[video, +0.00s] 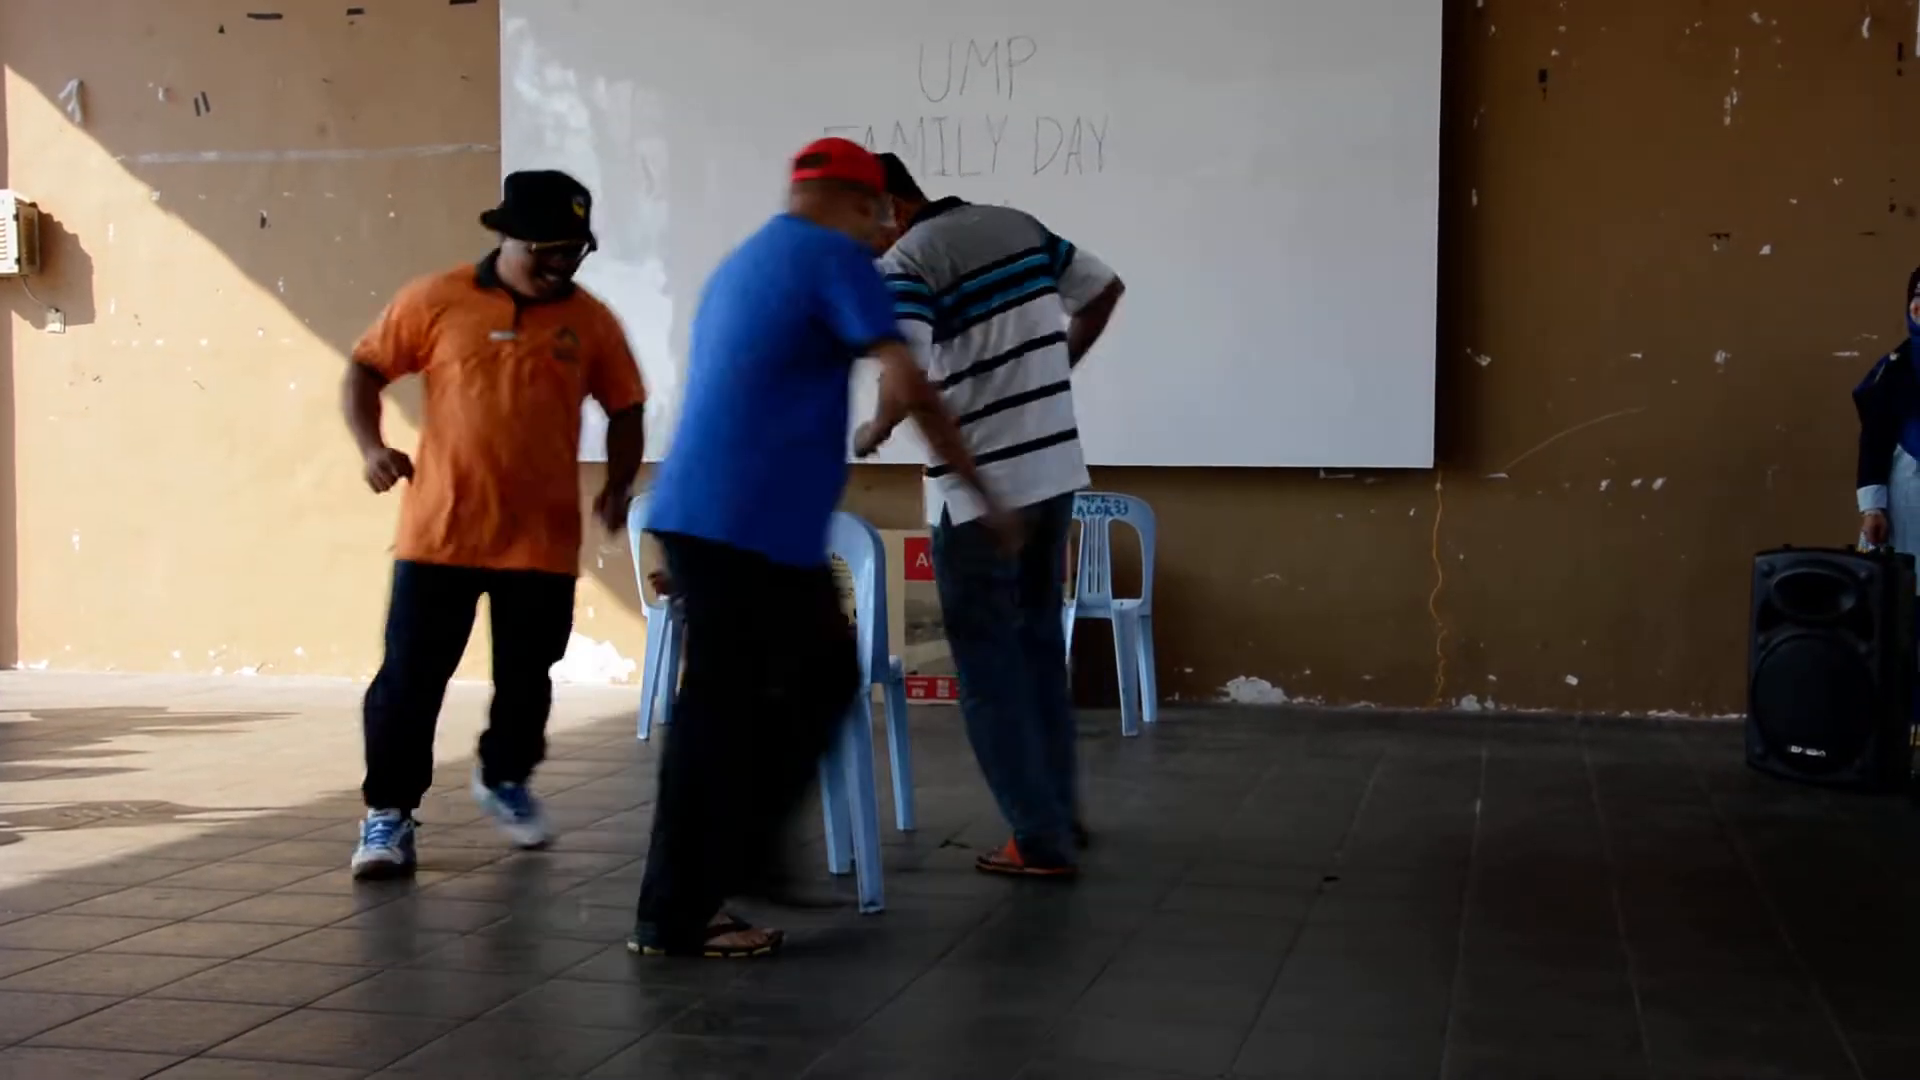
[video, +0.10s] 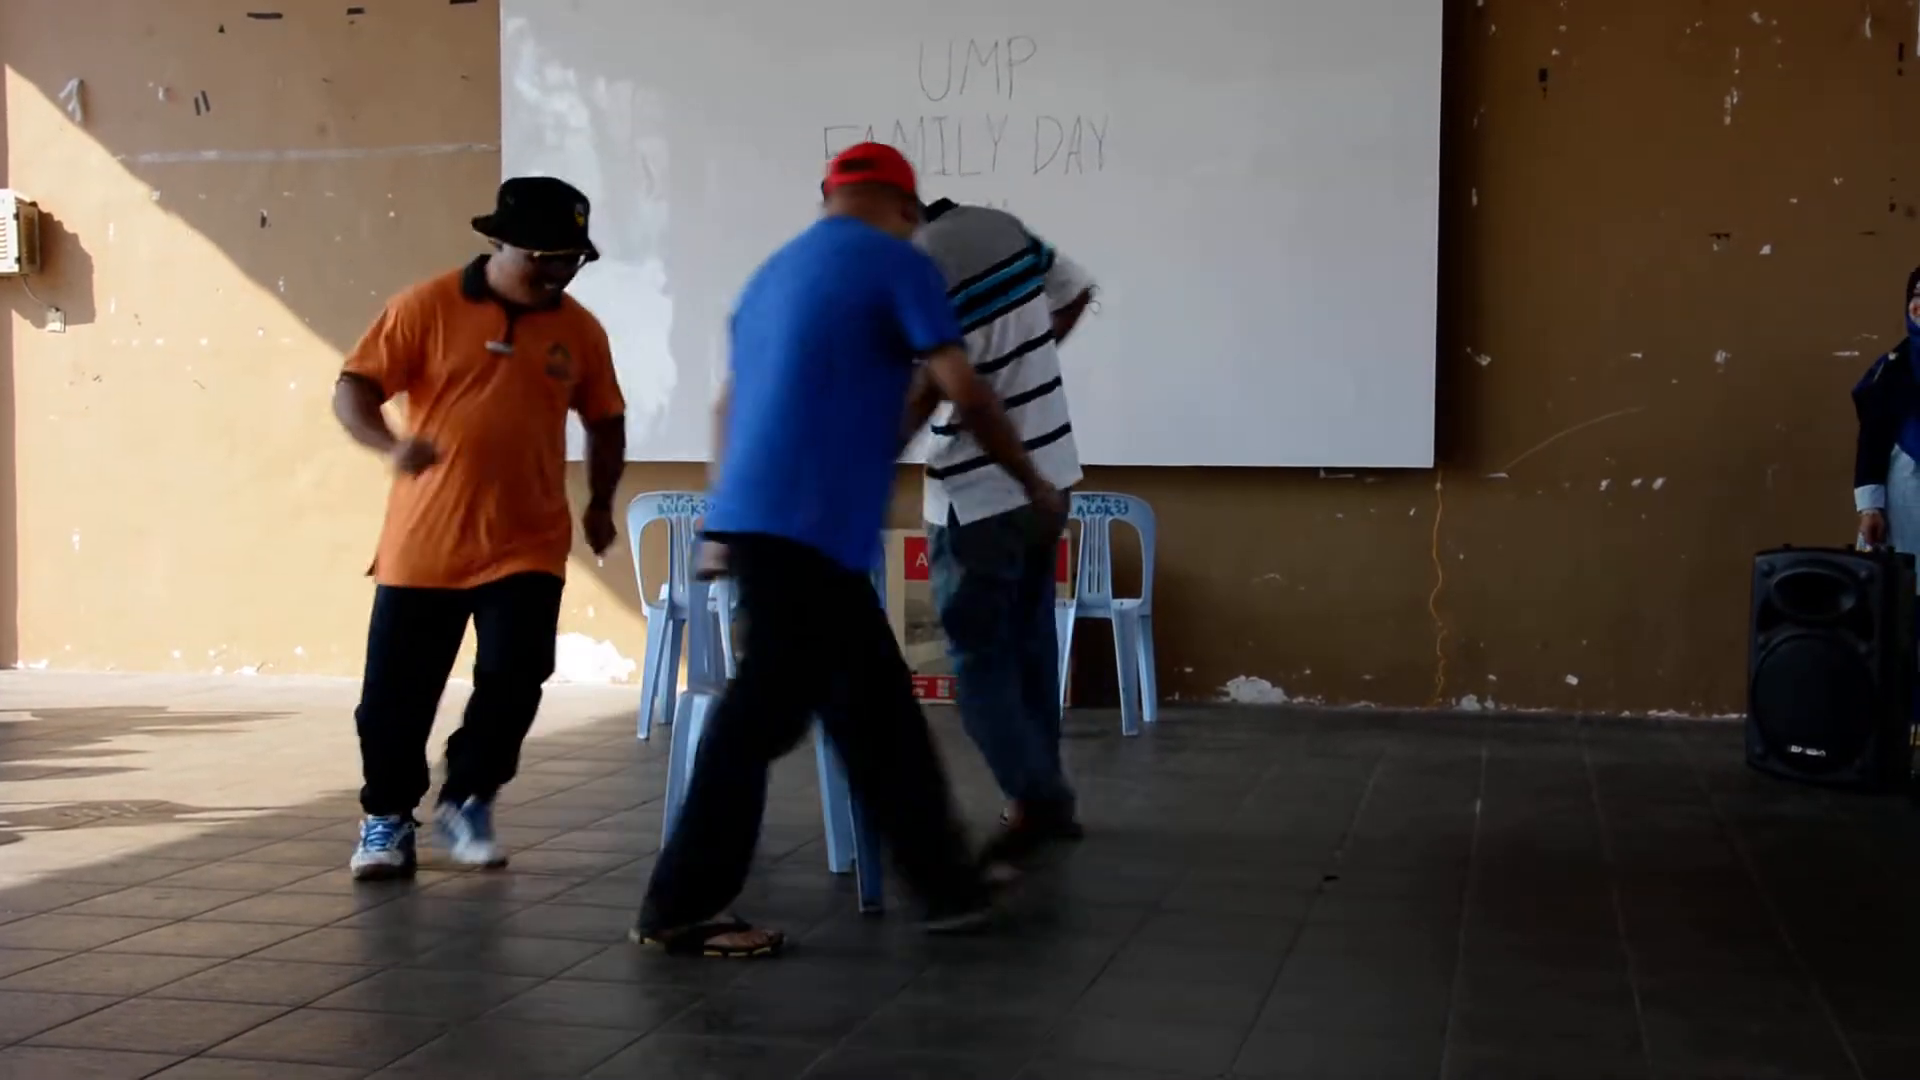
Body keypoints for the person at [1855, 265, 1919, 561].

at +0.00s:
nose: (1917, 305)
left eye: (1919, 296)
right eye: (1915, 297)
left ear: (1915, 306)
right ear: (1909, 306)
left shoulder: (1902, 365)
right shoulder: (1897, 367)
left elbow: (1875, 438)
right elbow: (1874, 438)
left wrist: (1873, 506)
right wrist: (1872, 505)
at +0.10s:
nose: (1917, 304)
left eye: (1919, 295)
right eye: (1914, 296)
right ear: (1908, 307)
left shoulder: (1900, 365)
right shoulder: (1894, 368)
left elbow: (1873, 439)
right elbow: (1872, 439)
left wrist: (1871, 507)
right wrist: (1870, 506)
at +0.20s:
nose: (1916, 304)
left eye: (1918, 295)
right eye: (1914, 296)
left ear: (1913, 306)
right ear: (1908, 306)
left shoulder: (1900, 363)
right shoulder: (1896, 365)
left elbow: (1873, 435)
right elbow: (1872, 435)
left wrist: (1870, 505)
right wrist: (1869, 505)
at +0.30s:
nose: (1917, 304)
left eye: (1918, 296)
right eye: (1914, 296)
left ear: (1914, 306)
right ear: (1909, 306)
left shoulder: (1900, 364)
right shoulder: (1896, 366)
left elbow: (1874, 438)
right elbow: (1873, 438)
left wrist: (1871, 506)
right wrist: (1870, 506)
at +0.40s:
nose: (1918, 304)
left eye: (1919, 296)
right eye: (1916, 296)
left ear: (1914, 306)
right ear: (1910, 305)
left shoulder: (1900, 365)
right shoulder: (1897, 366)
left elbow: (1875, 438)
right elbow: (1875, 438)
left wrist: (1872, 507)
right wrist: (1872, 506)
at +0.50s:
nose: (1918, 303)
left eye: (1918, 296)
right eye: (1916, 296)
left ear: (1913, 305)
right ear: (1910, 305)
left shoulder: (1900, 364)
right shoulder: (1898, 365)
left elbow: (1876, 437)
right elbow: (1876, 437)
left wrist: (1874, 506)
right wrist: (1873, 506)